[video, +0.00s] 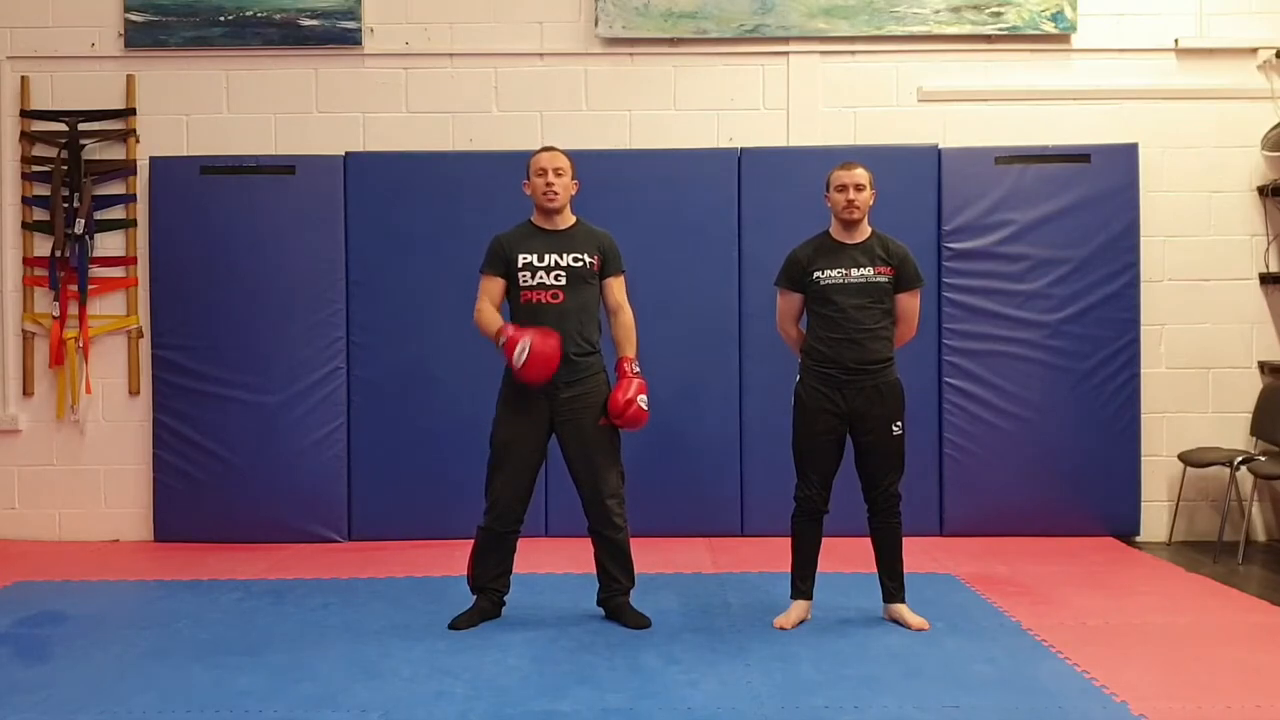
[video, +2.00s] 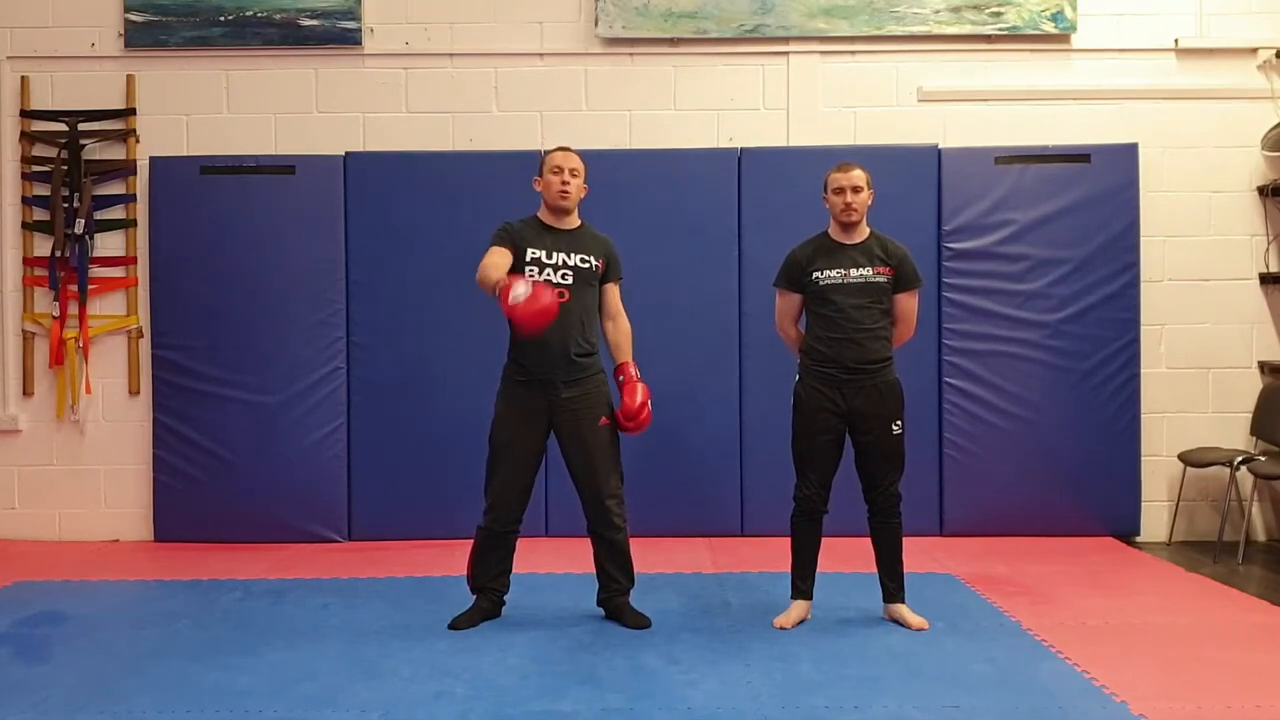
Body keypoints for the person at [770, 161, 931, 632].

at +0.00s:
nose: (850, 196)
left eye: (858, 188)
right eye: (841, 189)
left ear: (872, 195)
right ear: (828, 197)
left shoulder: (896, 256)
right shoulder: (804, 257)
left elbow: (907, 327)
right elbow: (787, 325)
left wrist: (865, 353)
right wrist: (822, 357)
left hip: (878, 392)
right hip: (819, 393)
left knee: (885, 499)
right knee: (810, 497)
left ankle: (894, 601)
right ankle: (801, 599)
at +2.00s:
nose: (848, 198)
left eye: (856, 190)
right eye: (838, 191)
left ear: (870, 196)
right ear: (826, 199)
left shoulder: (895, 257)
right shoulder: (803, 258)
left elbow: (905, 328)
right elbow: (786, 325)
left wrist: (864, 353)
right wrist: (820, 357)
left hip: (877, 391)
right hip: (818, 392)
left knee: (885, 498)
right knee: (809, 497)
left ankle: (894, 600)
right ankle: (801, 598)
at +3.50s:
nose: (847, 199)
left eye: (855, 191)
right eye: (838, 192)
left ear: (870, 196)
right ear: (826, 199)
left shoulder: (896, 257)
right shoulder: (803, 258)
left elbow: (906, 328)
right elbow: (786, 325)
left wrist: (865, 354)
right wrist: (821, 357)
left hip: (877, 391)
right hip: (818, 392)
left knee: (885, 498)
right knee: (809, 497)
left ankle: (894, 601)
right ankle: (801, 598)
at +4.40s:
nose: (848, 199)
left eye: (856, 191)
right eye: (839, 192)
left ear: (871, 196)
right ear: (827, 199)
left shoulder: (896, 256)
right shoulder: (804, 258)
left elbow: (906, 328)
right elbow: (787, 326)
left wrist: (865, 353)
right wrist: (822, 357)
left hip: (878, 391)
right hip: (819, 392)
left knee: (885, 498)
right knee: (810, 497)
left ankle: (894, 600)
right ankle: (801, 598)